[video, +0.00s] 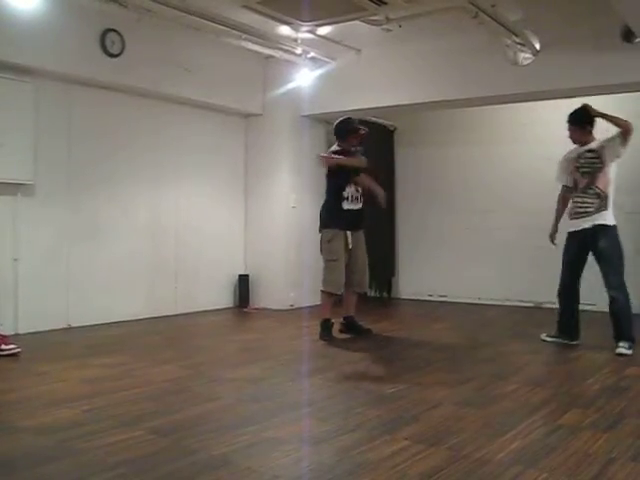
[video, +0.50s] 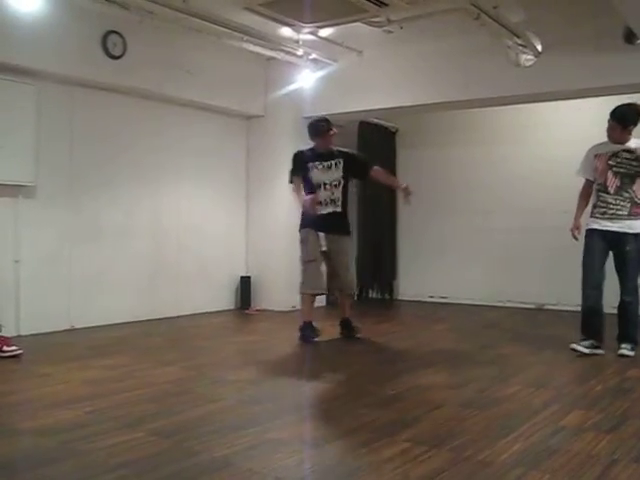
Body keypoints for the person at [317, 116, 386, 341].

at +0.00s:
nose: (360, 140)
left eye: (360, 137)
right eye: (356, 137)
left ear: (355, 137)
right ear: (345, 137)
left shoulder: (356, 155)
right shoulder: (335, 156)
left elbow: (362, 163)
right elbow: (357, 178)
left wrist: (336, 161)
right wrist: (378, 190)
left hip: (354, 223)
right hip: (334, 223)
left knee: (356, 274)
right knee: (333, 275)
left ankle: (349, 319)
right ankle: (326, 323)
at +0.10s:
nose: (354, 138)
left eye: (353, 134)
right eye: (350, 135)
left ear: (346, 136)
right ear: (340, 137)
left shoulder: (354, 154)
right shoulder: (332, 156)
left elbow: (363, 162)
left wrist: (337, 158)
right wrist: (358, 171)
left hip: (353, 220)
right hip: (333, 220)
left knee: (355, 271)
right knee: (332, 272)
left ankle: (348, 319)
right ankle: (320, 321)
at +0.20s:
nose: (348, 132)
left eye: (347, 129)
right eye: (344, 130)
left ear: (337, 136)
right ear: (336, 135)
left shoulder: (347, 153)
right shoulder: (326, 155)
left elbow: (368, 162)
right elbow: (352, 171)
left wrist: (361, 166)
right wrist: (368, 165)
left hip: (350, 221)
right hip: (330, 221)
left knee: (352, 273)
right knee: (329, 274)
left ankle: (347, 319)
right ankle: (312, 322)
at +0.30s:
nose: (341, 138)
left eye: (340, 135)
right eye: (337, 136)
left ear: (337, 137)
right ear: (327, 138)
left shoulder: (346, 155)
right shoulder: (316, 156)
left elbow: (369, 161)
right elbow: (338, 175)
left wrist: (394, 166)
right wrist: (371, 184)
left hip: (347, 222)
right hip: (324, 222)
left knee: (352, 272)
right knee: (325, 273)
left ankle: (347, 320)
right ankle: (308, 323)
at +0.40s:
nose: (335, 137)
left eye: (334, 133)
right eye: (331, 134)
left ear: (334, 135)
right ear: (320, 138)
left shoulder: (347, 155)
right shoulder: (308, 155)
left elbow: (373, 163)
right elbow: (316, 178)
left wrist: (400, 170)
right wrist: (343, 190)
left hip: (342, 225)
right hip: (317, 225)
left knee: (348, 274)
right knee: (318, 275)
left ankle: (346, 319)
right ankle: (308, 324)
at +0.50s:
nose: (333, 136)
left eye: (332, 133)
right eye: (329, 133)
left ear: (330, 135)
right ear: (318, 136)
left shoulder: (345, 157)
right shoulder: (302, 158)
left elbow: (373, 171)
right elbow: (296, 183)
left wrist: (398, 185)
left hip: (338, 225)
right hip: (311, 225)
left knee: (345, 274)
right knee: (311, 272)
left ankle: (346, 322)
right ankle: (307, 324)